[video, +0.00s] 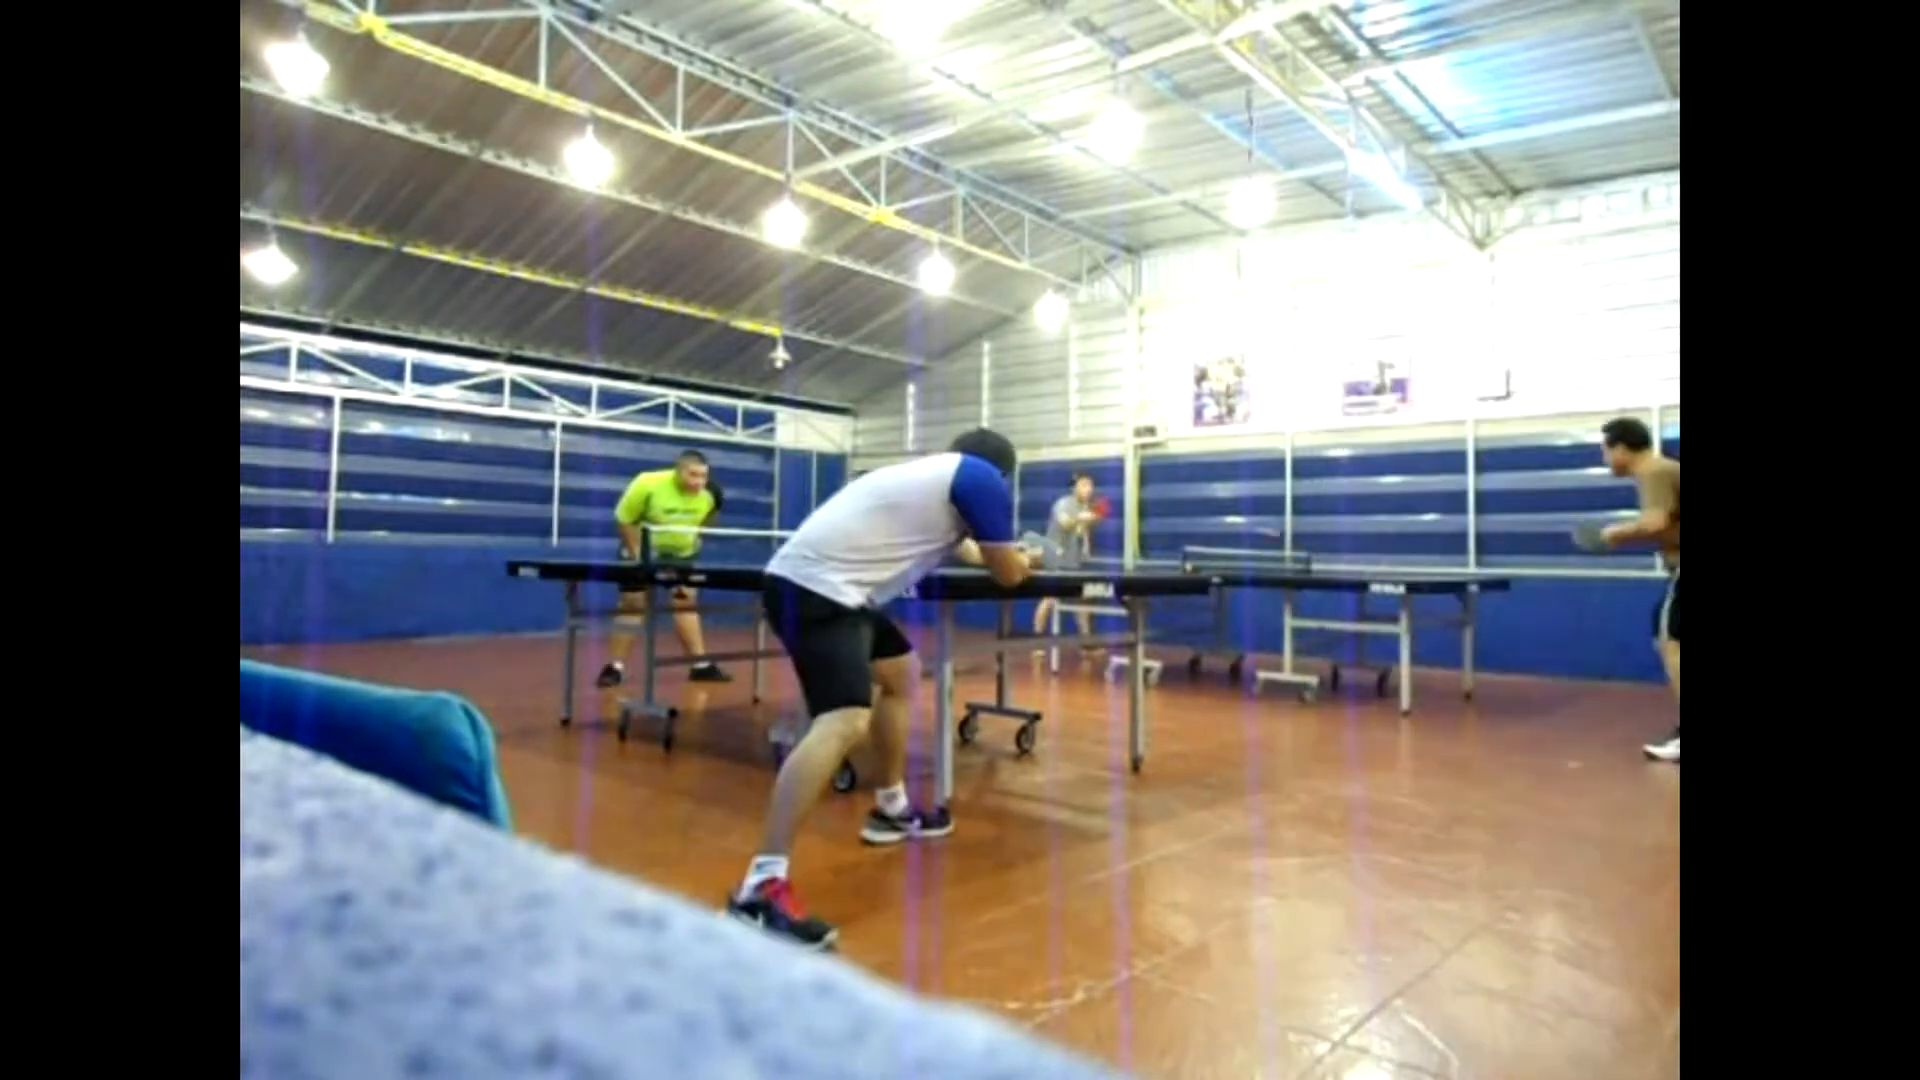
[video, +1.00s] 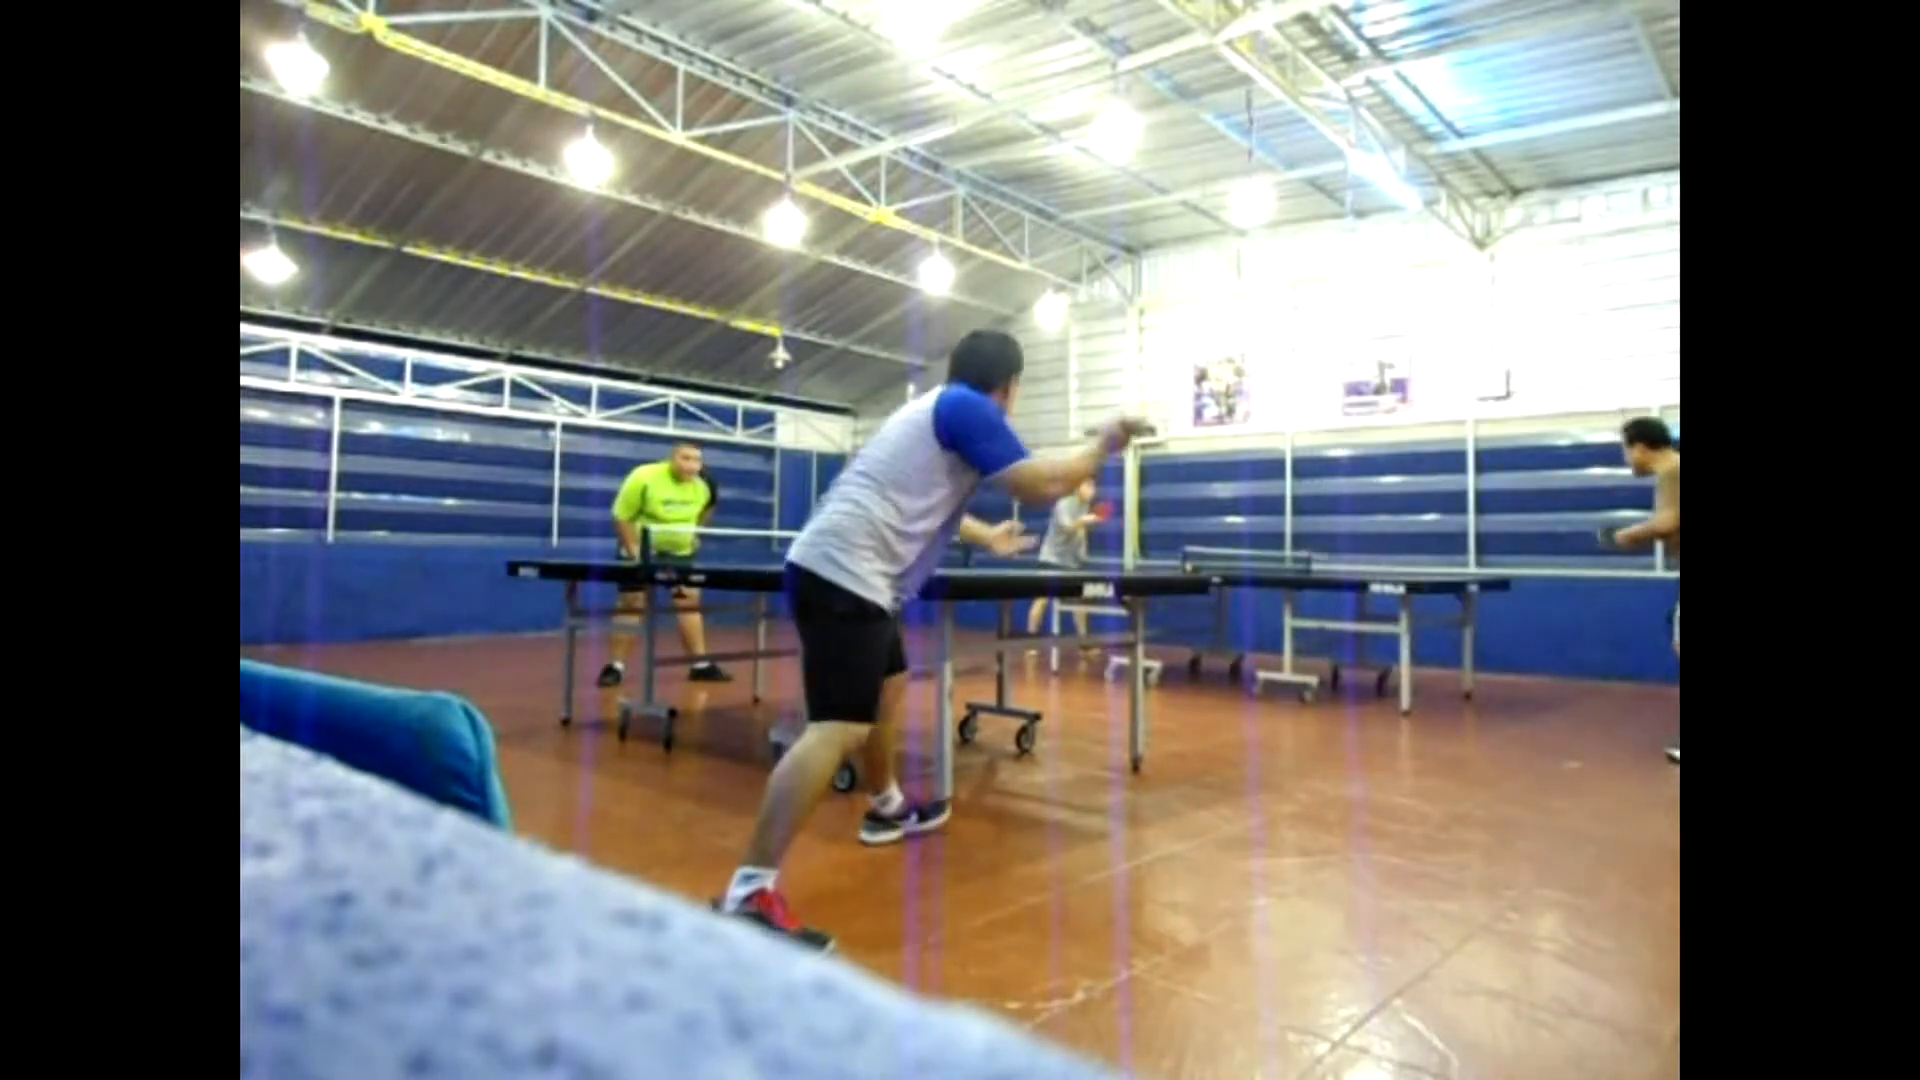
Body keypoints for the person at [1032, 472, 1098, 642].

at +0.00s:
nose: (1086, 490)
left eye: (1089, 486)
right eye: (1083, 485)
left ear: (1092, 489)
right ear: (1075, 487)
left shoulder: (1086, 507)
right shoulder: (1063, 504)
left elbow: (1085, 531)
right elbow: (1065, 522)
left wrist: (1087, 553)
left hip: (1077, 558)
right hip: (1057, 557)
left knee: (1081, 599)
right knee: (1049, 597)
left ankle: (1086, 636)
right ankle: (1037, 633)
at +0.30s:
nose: (1083, 490)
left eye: (1085, 486)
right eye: (1079, 486)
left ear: (1088, 490)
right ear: (1071, 488)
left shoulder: (1085, 509)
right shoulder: (1057, 505)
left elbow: (1087, 532)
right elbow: (1045, 526)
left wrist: (1083, 553)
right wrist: (1065, 530)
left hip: (1076, 558)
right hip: (1053, 557)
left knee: (1084, 599)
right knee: (1043, 597)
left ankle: (1087, 637)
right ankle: (1031, 634)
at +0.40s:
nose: (1078, 492)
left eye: (1081, 488)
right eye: (1075, 487)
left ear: (1084, 492)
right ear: (1067, 489)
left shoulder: (1082, 509)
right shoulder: (1053, 506)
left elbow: (1084, 531)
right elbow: (1039, 529)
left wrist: (1076, 552)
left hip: (1069, 558)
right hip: (1048, 558)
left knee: (1078, 599)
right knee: (1039, 597)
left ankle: (1085, 637)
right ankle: (1030, 634)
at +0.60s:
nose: (1076, 495)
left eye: (1075, 489)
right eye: (1069, 489)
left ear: (1077, 494)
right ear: (1053, 492)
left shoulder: (1076, 517)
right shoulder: (1041, 517)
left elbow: (1081, 542)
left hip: (1068, 566)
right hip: (1042, 564)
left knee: (1076, 601)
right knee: (1037, 598)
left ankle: (1082, 638)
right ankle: (1030, 634)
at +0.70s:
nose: (1078, 503)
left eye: (1081, 499)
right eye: (1074, 499)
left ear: (1084, 500)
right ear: (1066, 500)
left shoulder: (1083, 522)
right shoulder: (1052, 517)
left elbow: (1081, 549)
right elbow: (1046, 545)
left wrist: (1057, 547)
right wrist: (1069, 549)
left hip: (1069, 564)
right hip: (1044, 564)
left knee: (1076, 600)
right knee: (1040, 598)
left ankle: (1083, 638)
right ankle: (1030, 635)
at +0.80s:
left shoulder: (1078, 516)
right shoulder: (1053, 516)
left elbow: (1075, 535)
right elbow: (1067, 539)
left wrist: (1076, 549)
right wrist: (1098, 537)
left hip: (1067, 560)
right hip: (1045, 561)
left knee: (1077, 601)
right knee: (1041, 599)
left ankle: (1083, 639)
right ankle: (1031, 637)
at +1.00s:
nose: (1090, 490)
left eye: (1092, 486)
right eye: (1087, 485)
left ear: (1093, 489)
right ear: (1077, 487)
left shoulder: (1085, 507)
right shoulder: (1064, 504)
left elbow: (1080, 531)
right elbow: (1067, 526)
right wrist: (1086, 520)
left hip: (1074, 559)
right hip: (1053, 558)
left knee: (1079, 601)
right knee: (1043, 597)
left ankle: (1083, 639)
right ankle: (1032, 636)